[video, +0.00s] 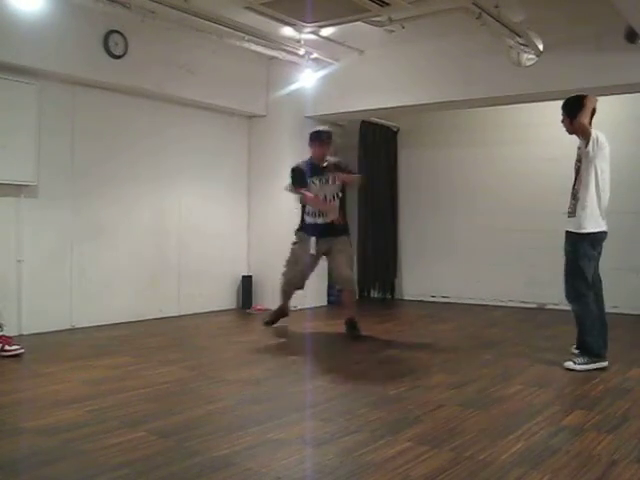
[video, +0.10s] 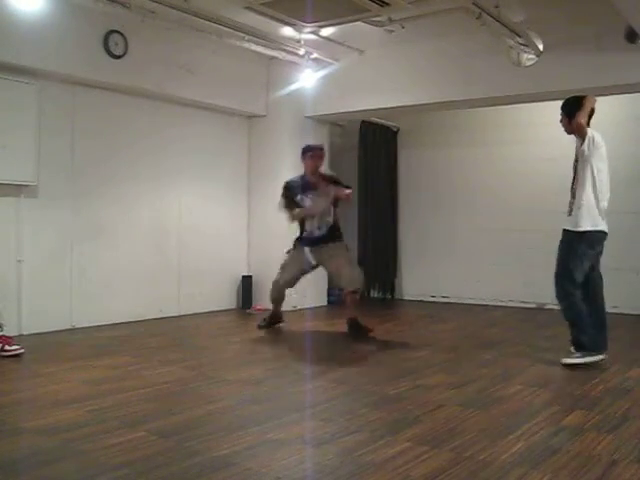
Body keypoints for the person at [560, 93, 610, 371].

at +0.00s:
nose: (564, 126)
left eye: (566, 120)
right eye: (564, 120)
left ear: (577, 118)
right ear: (576, 119)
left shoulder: (595, 143)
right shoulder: (587, 145)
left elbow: (582, 126)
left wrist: (589, 106)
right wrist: (588, 106)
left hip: (587, 229)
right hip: (582, 228)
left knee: (581, 292)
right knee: (587, 290)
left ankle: (594, 354)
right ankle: (589, 347)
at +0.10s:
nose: (562, 124)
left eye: (564, 119)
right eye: (562, 119)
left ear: (576, 118)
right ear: (576, 119)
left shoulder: (591, 142)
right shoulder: (587, 145)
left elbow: (581, 122)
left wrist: (588, 105)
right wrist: (587, 104)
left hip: (583, 228)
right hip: (589, 227)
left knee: (566, 285)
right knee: (590, 287)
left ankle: (588, 347)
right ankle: (594, 345)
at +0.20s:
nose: (561, 126)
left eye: (563, 120)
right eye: (560, 120)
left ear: (574, 118)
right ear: (574, 120)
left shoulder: (586, 142)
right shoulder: (591, 144)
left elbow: (576, 119)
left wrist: (585, 104)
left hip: (579, 227)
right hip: (592, 228)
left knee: (554, 284)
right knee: (591, 290)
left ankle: (578, 342)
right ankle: (598, 345)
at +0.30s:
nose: (557, 126)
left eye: (558, 120)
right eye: (556, 121)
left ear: (568, 118)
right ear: (569, 121)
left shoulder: (582, 142)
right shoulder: (590, 144)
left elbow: (572, 121)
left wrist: (580, 104)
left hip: (575, 225)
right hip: (592, 227)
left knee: (546, 281)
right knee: (589, 290)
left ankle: (561, 342)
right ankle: (596, 346)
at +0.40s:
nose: (552, 129)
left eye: (553, 123)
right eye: (551, 124)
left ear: (563, 120)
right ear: (568, 122)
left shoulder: (577, 143)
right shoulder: (585, 146)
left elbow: (565, 121)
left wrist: (574, 105)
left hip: (570, 226)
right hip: (588, 228)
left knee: (542, 281)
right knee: (587, 290)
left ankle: (543, 341)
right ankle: (595, 345)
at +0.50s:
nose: (546, 129)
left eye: (548, 124)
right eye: (546, 124)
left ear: (559, 121)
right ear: (566, 122)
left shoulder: (571, 144)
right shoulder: (579, 146)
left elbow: (556, 123)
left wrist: (567, 108)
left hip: (564, 228)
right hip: (581, 229)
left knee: (540, 283)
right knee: (583, 290)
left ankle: (529, 336)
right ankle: (595, 344)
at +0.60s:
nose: (542, 129)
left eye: (544, 123)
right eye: (542, 124)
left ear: (554, 122)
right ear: (565, 124)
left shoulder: (564, 146)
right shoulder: (574, 149)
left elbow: (548, 126)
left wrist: (560, 111)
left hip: (554, 227)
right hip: (572, 229)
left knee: (536, 286)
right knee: (575, 290)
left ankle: (528, 337)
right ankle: (592, 342)